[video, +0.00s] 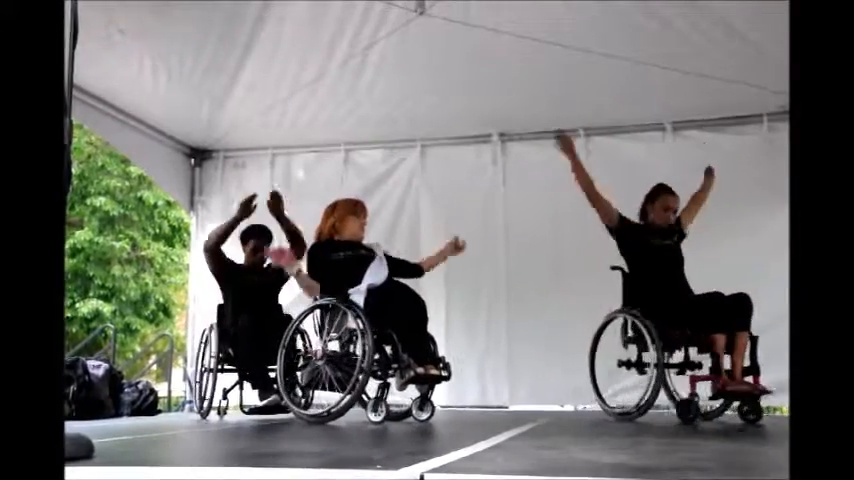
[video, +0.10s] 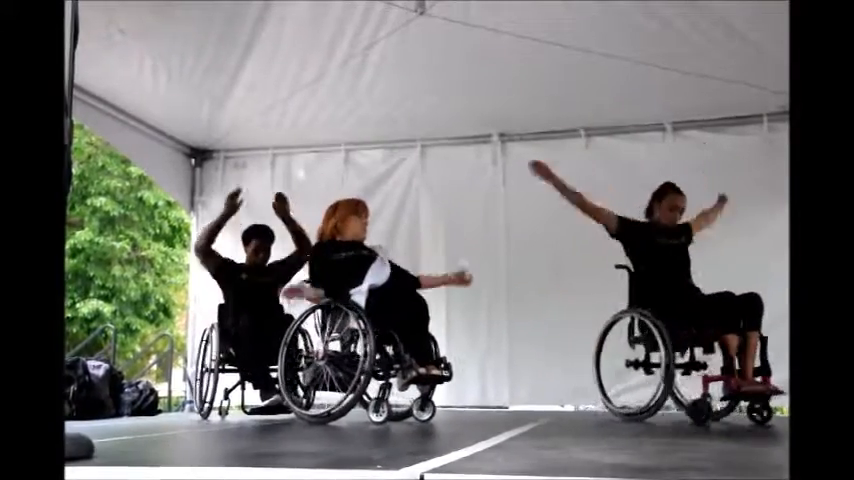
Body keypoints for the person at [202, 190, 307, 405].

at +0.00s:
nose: (262, 253)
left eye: (265, 247)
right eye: (256, 248)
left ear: (270, 249)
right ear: (244, 248)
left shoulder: (275, 275)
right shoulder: (230, 273)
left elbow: (299, 248)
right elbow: (210, 248)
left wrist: (281, 216)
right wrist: (238, 217)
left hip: (272, 334)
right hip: (241, 336)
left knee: (286, 322)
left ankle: (288, 390)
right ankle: (266, 392)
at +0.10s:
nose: (262, 255)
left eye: (266, 250)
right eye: (257, 249)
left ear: (270, 251)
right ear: (246, 247)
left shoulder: (275, 274)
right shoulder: (230, 273)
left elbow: (305, 250)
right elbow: (202, 249)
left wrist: (286, 217)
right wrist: (226, 214)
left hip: (272, 332)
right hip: (241, 334)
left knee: (288, 322)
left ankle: (290, 392)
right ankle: (268, 393)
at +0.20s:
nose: (265, 255)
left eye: (268, 250)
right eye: (259, 250)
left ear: (273, 249)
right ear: (247, 246)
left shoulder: (278, 273)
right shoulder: (229, 272)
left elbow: (312, 276)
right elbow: (188, 268)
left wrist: (317, 239)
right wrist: (190, 228)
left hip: (274, 337)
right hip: (242, 338)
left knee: (289, 322)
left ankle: (292, 391)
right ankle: (270, 393)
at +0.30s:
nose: (267, 255)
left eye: (270, 249)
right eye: (262, 250)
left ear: (274, 249)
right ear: (248, 246)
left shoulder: (277, 275)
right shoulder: (231, 273)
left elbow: (302, 292)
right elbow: (191, 285)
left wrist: (326, 281)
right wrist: (164, 257)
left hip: (273, 336)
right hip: (243, 338)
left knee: (290, 322)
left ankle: (293, 392)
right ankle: (271, 393)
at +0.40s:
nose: (266, 255)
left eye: (270, 250)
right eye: (261, 250)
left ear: (274, 248)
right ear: (248, 246)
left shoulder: (281, 280)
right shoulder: (230, 277)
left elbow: (304, 310)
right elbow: (202, 302)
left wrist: (323, 317)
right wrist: (174, 316)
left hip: (272, 338)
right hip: (240, 339)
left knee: (289, 323)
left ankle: (293, 392)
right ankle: (271, 393)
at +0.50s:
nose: (266, 254)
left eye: (269, 249)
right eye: (261, 249)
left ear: (274, 249)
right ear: (248, 246)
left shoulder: (282, 280)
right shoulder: (230, 277)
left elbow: (300, 312)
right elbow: (206, 305)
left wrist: (321, 332)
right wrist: (195, 330)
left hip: (275, 340)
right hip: (242, 341)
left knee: (293, 338)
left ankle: (293, 394)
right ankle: (271, 393)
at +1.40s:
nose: (257, 253)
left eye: (260, 248)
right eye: (252, 248)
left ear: (264, 249)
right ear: (238, 247)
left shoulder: (271, 282)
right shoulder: (219, 280)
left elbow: (292, 314)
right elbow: (197, 314)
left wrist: (318, 343)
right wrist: (181, 344)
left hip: (267, 342)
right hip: (233, 345)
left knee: (288, 323)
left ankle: (287, 393)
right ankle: (268, 393)